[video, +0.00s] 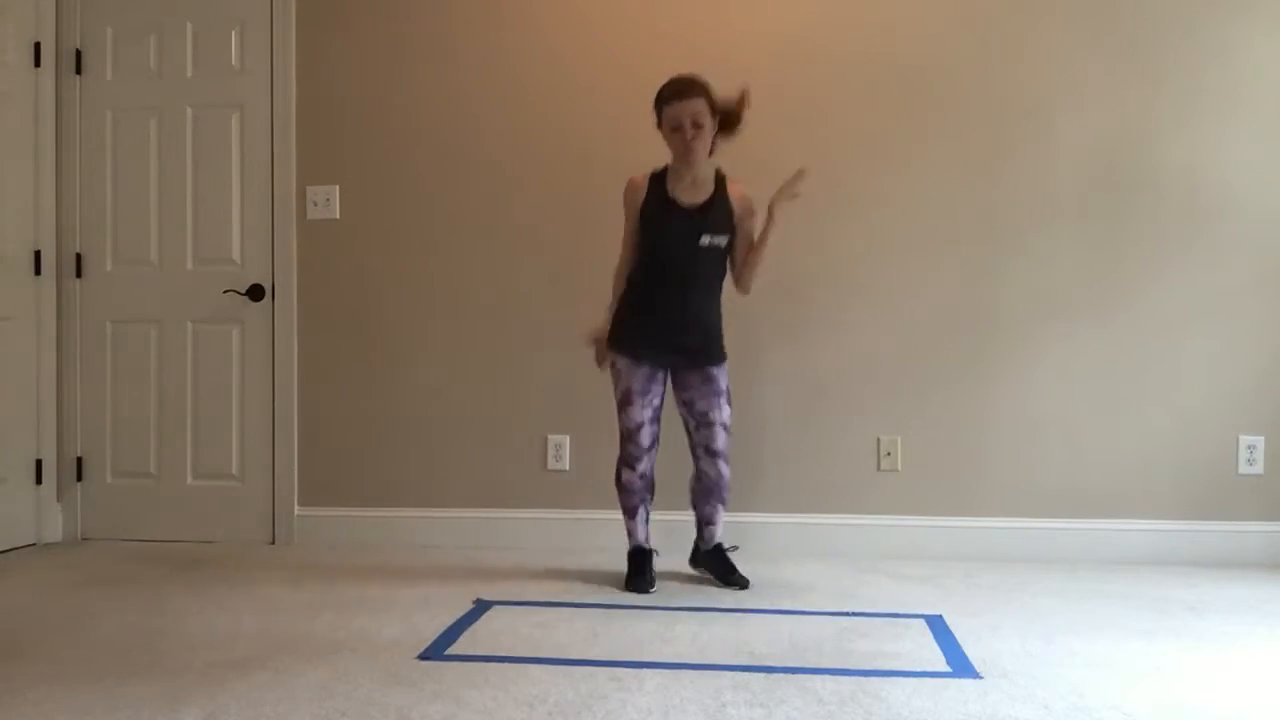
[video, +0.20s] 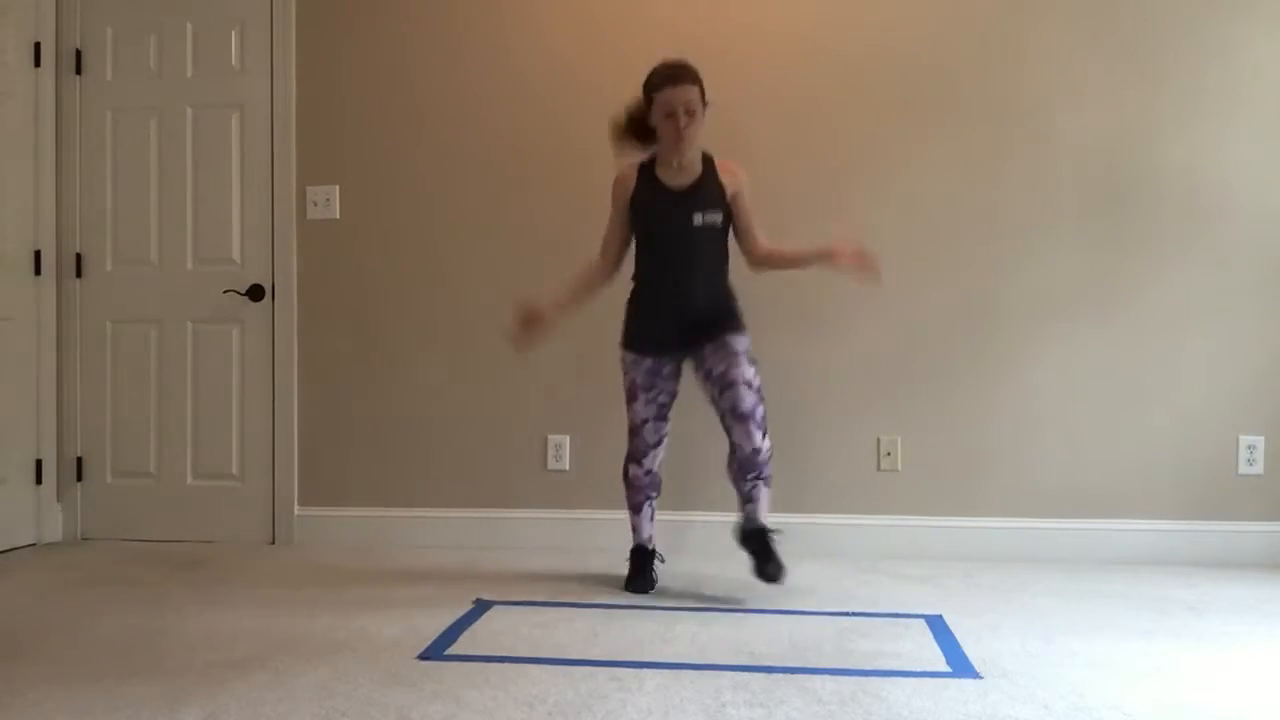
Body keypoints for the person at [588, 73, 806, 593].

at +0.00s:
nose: (687, 135)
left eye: (697, 124)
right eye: (676, 126)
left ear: (714, 127)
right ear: (662, 133)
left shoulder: (734, 199)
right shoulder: (642, 190)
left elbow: (743, 280)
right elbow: (627, 263)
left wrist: (771, 214)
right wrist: (609, 324)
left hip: (700, 342)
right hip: (638, 338)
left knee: (714, 449)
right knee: (637, 450)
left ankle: (709, 546)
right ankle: (639, 550)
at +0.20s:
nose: (681, 122)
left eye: (690, 111)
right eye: (669, 112)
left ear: (704, 113)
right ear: (651, 118)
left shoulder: (725, 177)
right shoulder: (631, 181)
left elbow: (758, 254)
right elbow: (607, 264)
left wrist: (828, 255)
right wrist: (549, 309)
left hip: (716, 325)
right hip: (651, 330)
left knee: (751, 429)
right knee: (645, 445)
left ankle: (754, 525)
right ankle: (643, 549)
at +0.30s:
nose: (689, 109)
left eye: (698, 98)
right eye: (676, 99)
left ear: (711, 100)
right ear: (654, 102)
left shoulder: (729, 164)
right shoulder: (631, 167)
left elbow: (762, 245)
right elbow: (596, 244)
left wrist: (813, 305)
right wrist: (532, 230)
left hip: (734, 308)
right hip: (669, 315)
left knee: (754, 425)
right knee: (657, 432)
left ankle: (785, 557)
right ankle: (659, 543)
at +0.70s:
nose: (697, 93)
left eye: (709, 82)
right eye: (687, 83)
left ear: (735, 88)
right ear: (676, 89)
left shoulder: (750, 163)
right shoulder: (653, 160)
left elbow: (786, 249)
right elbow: (595, 226)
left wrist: (855, 279)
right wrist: (515, 217)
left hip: (728, 324)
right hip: (658, 320)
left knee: (753, 450)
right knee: (618, 420)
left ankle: (797, 586)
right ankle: (631, 519)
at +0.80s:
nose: (684, 87)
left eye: (696, 75)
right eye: (674, 77)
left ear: (722, 82)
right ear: (664, 85)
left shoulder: (738, 156)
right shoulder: (640, 152)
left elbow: (767, 242)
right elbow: (592, 229)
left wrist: (818, 198)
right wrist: (535, 281)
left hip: (703, 319)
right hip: (629, 314)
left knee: (735, 450)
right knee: (588, 437)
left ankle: (782, 583)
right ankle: (579, 556)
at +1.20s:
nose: (655, 106)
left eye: (666, 96)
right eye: (642, 96)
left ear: (679, 103)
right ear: (622, 104)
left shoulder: (696, 169)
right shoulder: (598, 168)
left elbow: (736, 249)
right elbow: (562, 239)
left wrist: (801, 280)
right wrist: (512, 199)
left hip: (695, 325)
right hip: (624, 330)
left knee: (741, 437)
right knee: (591, 455)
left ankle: (746, 526)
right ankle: (564, 584)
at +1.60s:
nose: (699, 137)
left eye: (709, 125)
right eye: (688, 127)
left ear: (727, 127)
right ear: (673, 130)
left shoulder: (749, 190)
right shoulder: (654, 191)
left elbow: (782, 270)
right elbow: (617, 263)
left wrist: (842, 314)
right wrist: (567, 220)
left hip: (737, 340)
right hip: (672, 337)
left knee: (750, 457)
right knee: (625, 424)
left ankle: (756, 550)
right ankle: (614, 556)